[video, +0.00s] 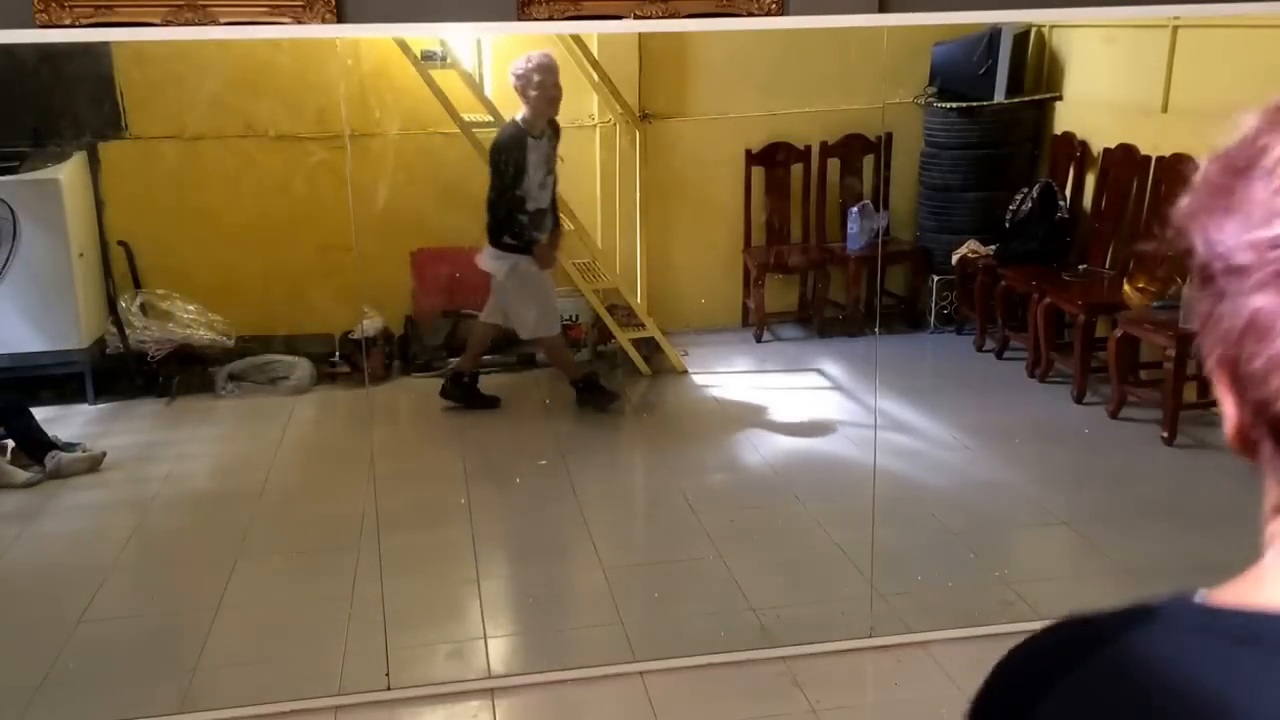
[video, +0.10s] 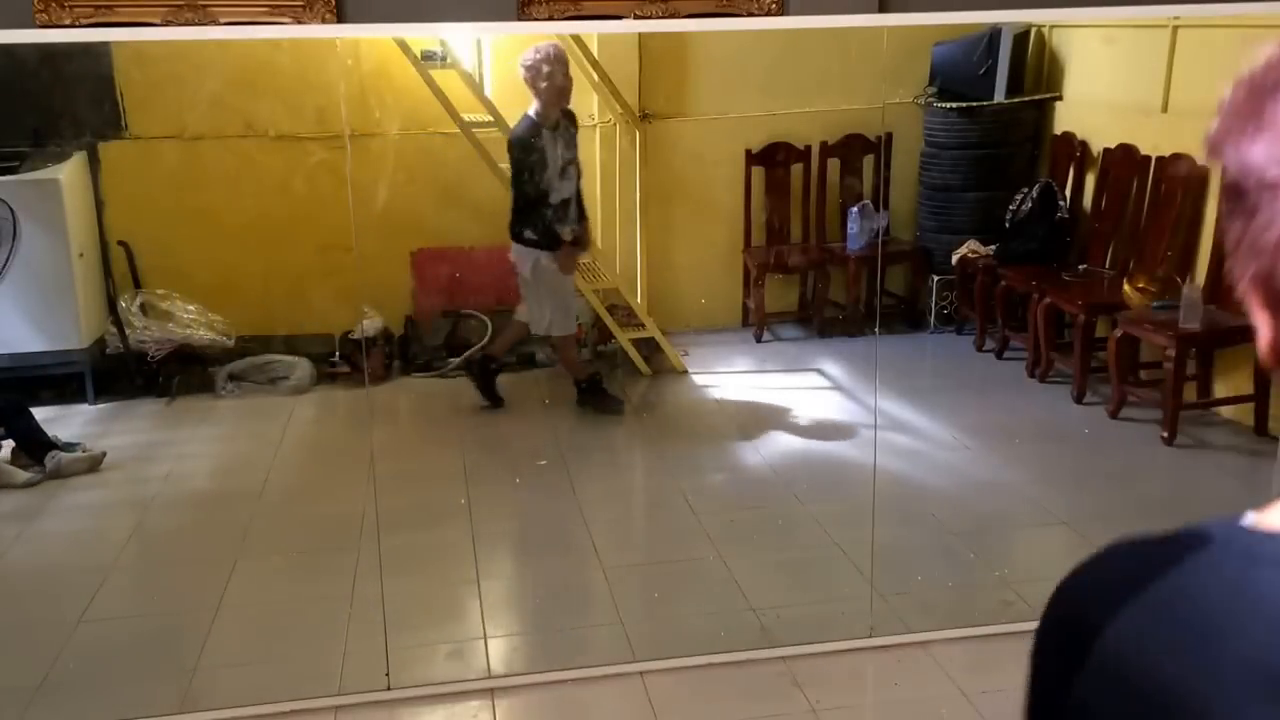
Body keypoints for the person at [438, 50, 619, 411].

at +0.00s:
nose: (556, 92)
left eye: (557, 83)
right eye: (545, 86)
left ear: (559, 86)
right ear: (523, 92)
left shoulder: (551, 132)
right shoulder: (509, 142)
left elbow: (547, 187)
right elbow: (499, 214)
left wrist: (554, 229)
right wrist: (533, 245)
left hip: (531, 247)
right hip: (510, 251)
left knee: (494, 316)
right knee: (545, 320)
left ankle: (461, 379)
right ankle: (582, 384)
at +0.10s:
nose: (569, 82)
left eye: (569, 74)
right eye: (559, 76)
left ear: (568, 77)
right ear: (536, 83)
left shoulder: (568, 122)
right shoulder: (524, 136)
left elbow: (572, 180)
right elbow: (528, 203)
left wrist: (582, 223)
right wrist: (558, 245)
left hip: (561, 240)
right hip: (534, 243)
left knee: (534, 312)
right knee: (562, 318)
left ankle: (486, 362)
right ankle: (586, 386)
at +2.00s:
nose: (673, 73)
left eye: (681, 63)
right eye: (663, 65)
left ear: (693, 66)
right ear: (646, 68)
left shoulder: (716, 119)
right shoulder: (625, 132)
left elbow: (723, 186)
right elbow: (611, 196)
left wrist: (722, 241)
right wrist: (610, 251)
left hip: (713, 267)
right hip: (655, 273)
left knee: (728, 362)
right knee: (654, 368)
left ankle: (736, 446)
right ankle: (662, 449)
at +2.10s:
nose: (678, 73)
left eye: (687, 64)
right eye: (669, 65)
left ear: (700, 67)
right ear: (653, 68)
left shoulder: (721, 121)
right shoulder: (630, 131)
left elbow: (733, 192)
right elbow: (618, 199)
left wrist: (743, 252)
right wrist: (614, 260)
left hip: (719, 269)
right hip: (658, 276)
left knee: (731, 365)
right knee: (656, 368)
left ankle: (734, 449)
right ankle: (662, 449)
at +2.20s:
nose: (688, 74)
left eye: (697, 66)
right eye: (678, 66)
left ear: (709, 68)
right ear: (664, 69)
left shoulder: (730, 122)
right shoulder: (641, 131)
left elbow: (744, 192)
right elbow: (625, 201)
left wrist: (756, 259)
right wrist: (626, 263)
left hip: (725, 271)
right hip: (665, 276)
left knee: (732, 367)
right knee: (659, 369)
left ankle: (731, 451)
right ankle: (662, 449)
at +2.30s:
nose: (698, 72)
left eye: (708, 64)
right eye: (689, 64)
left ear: (720, 68)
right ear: (675, 67)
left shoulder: (739, 121)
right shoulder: (653, 128)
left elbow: (750, 187)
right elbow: (637, 200)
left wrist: (761, 245)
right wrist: (654, 263)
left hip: (733, 271)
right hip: (675, 275)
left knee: (735, 366)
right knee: (665, 369)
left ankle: (732, 451)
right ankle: (663, 447)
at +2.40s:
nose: (715, 73)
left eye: (723, 64)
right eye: (705, 65)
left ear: (733, 67)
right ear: (688, 68)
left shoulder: (743, 121)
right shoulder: (666, 129)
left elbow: (752, 188)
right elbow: (656, 208)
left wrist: (765, 241)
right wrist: (695, 259)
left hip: (742, 269)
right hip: (687, 272)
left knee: (737, 364)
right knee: (676, 366)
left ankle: (731, 451)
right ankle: (660, 446)